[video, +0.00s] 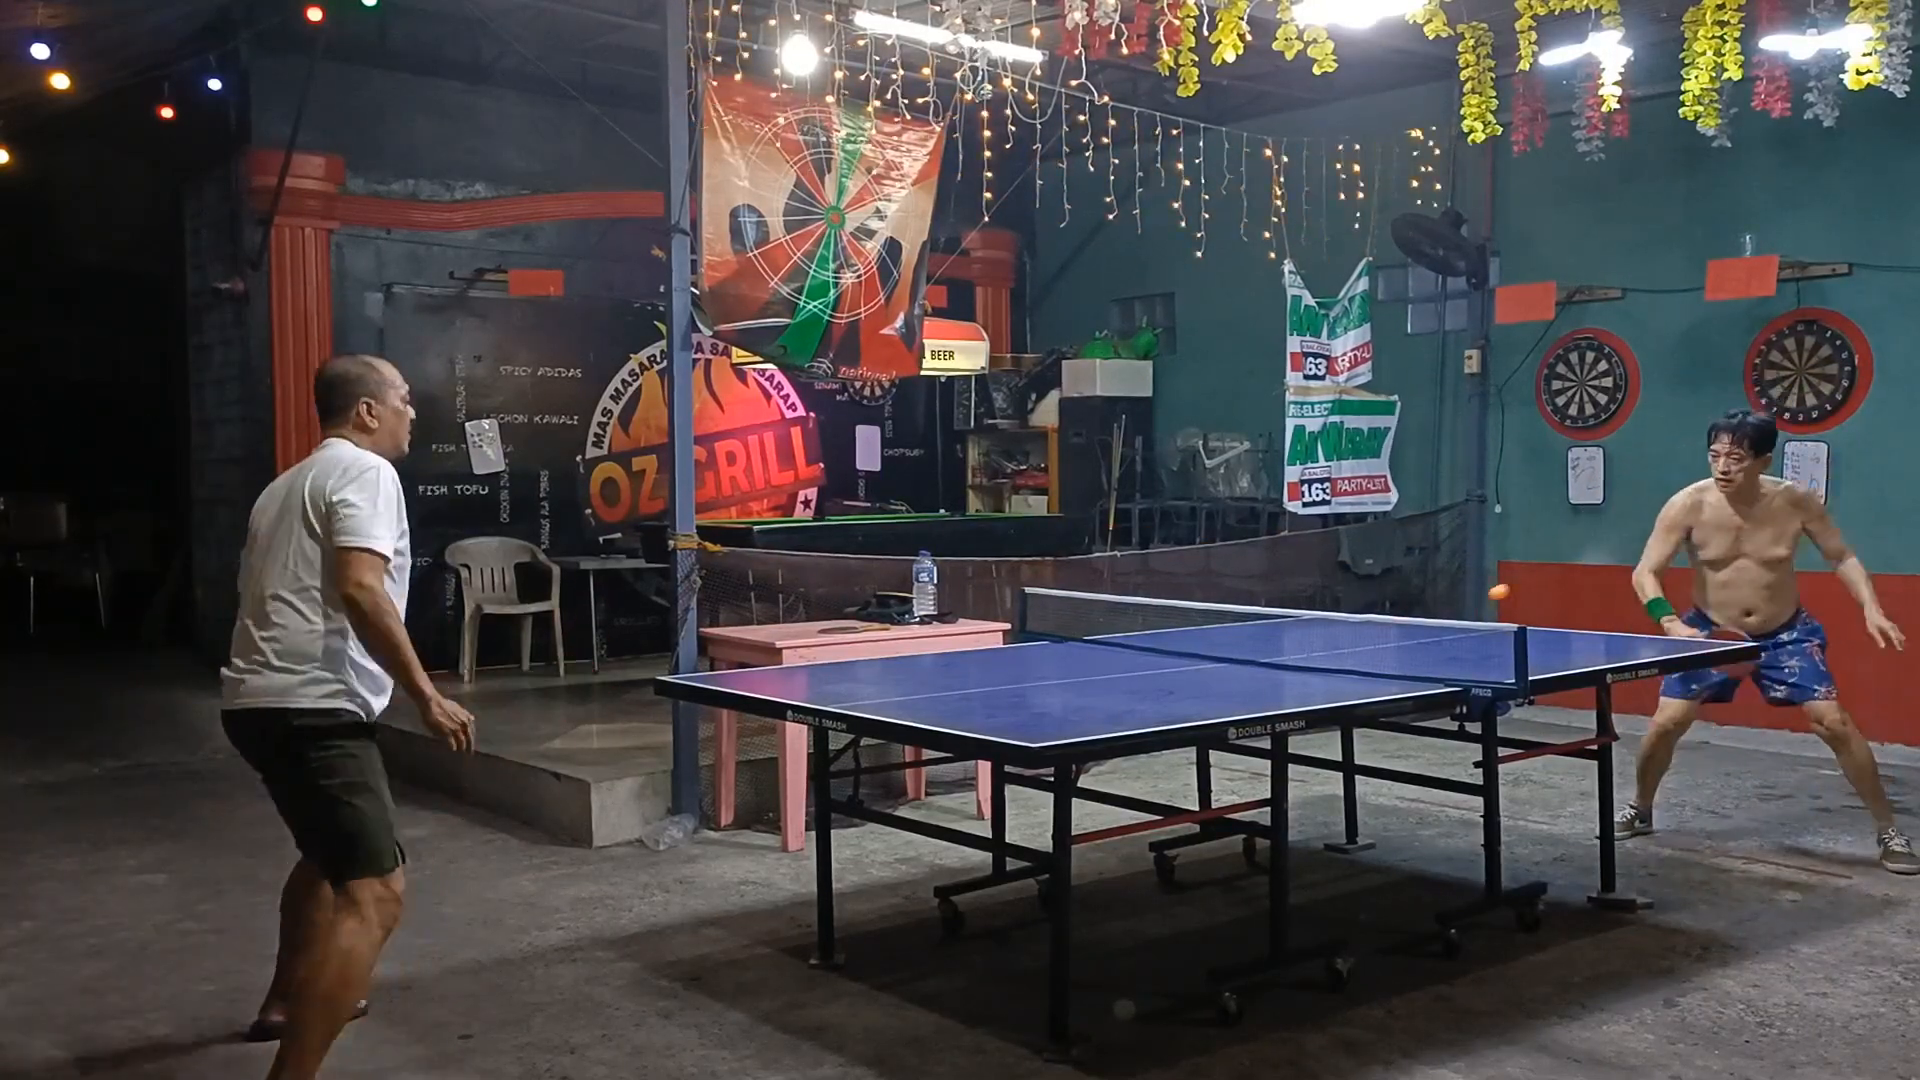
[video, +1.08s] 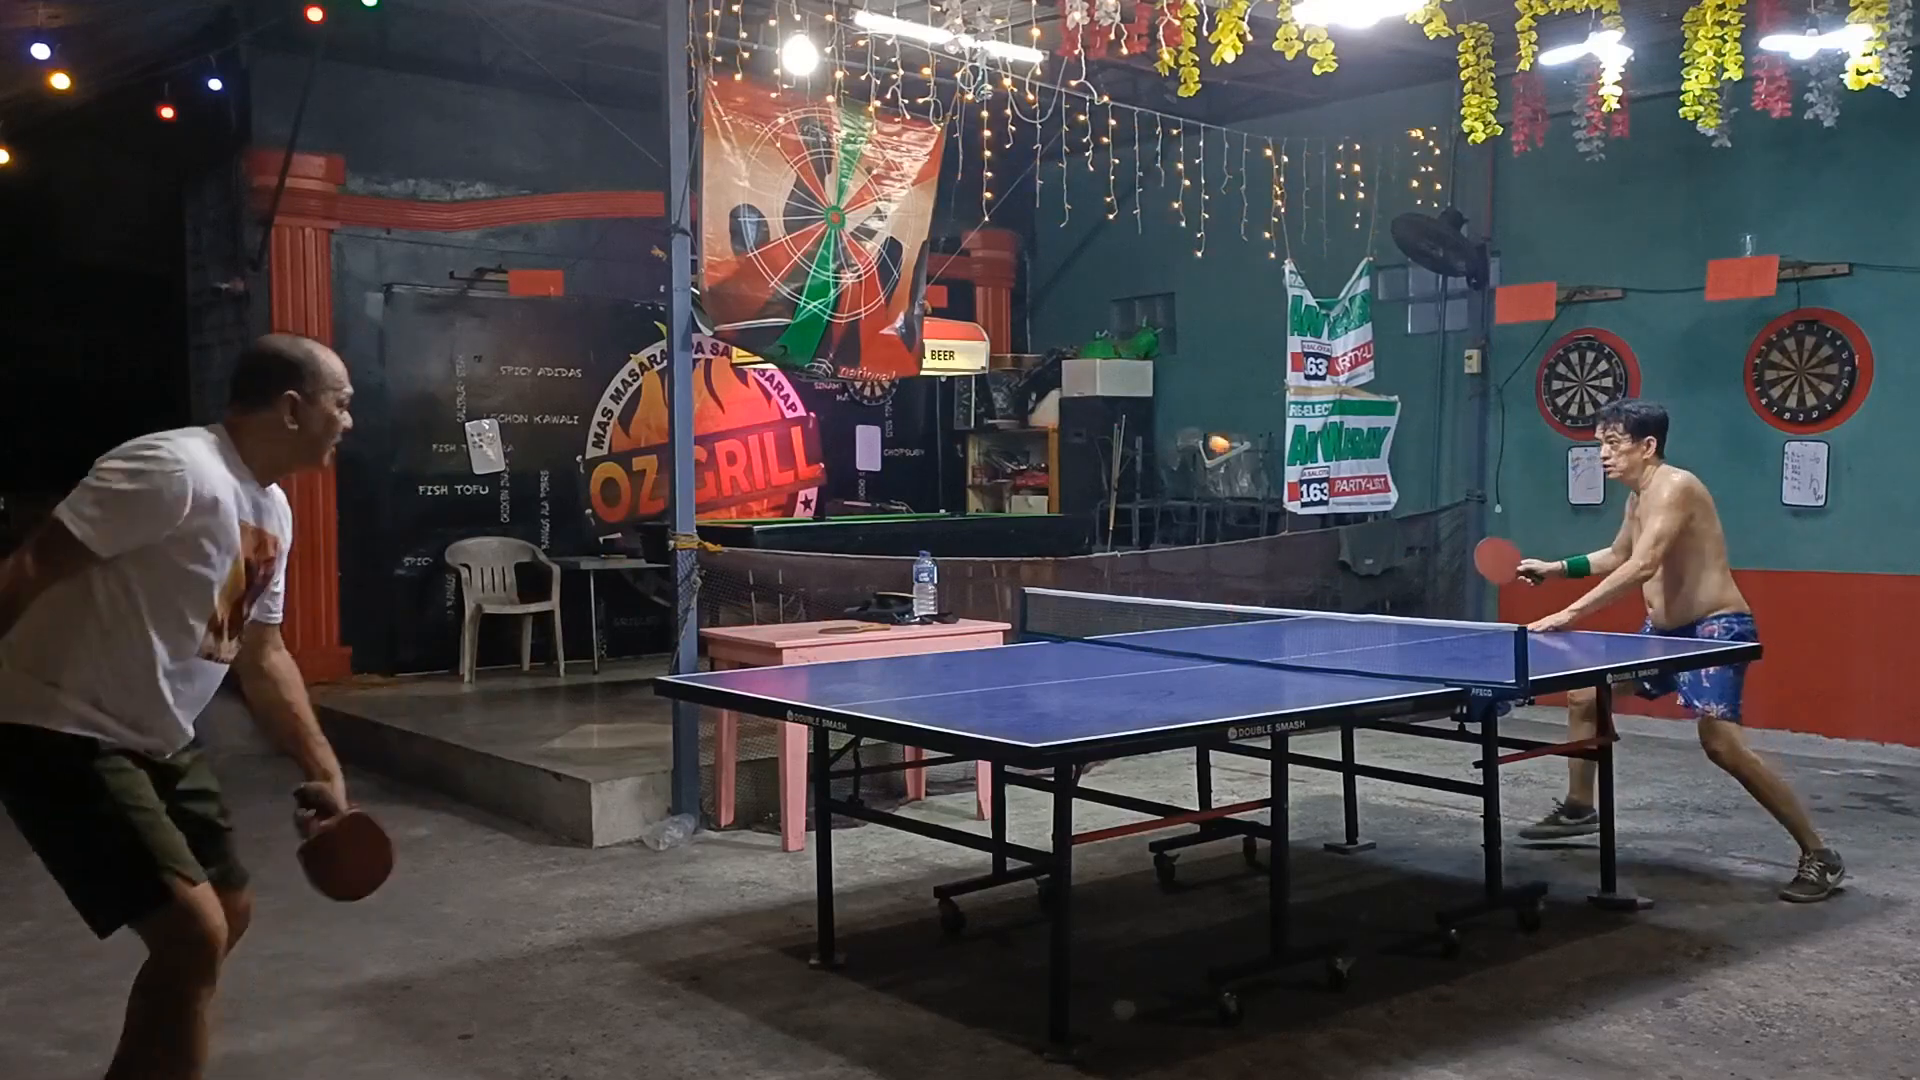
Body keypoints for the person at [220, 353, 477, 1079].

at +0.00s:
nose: (412, 420)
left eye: (410, 405)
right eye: (405, 406)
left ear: (339, 415)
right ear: (368, 411)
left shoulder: (280, 487)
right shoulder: (365, 473)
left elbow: (266, 603)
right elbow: (359, 587)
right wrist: (429, 696)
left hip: (255, 702)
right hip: (316, 708)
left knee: (327, 852)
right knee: (376, 897)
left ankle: (290, 998)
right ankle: (293, 1071)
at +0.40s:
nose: (404, 421)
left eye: (402, 407)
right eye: (393, 407)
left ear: (344, 417)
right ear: (345, 415)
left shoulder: (329, 497)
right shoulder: (300, 490)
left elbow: (334, 643)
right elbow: (276, 635)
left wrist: (384, 731)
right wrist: (359, 747)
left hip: (293, 730)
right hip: (247, 735)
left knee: (374, 859)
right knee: (338, 921)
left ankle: (297, 1030)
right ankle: (265, 1065)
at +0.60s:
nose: (430, 476)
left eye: (430, 461)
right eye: (417, 461)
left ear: (373, 465)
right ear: (359, 460)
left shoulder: (379, 548)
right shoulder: (242, 520)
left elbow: (369, 671)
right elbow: (168, 647)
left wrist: (435, 683)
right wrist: (229, 766)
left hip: (285, 753)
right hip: (181, 752)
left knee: (355, 885)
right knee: (285, 916)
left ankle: (285, 1035)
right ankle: (248, 1070)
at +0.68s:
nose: (432, 489)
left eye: (434, 473)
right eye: (422, 472)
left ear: (369, 465)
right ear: (364, 463)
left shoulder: (379, 556)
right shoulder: (232, 508)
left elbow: (387, 684)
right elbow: (118, 603)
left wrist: (488, 684)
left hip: (276, 753)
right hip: (176, 750)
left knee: (324, 893)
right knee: (260, 922)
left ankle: (281, 1035)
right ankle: (241, 1069)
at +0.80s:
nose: (428, 480)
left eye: (430, 463)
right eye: (419, 460)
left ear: (368, 455)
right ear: (361, 450)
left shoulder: (366, 557)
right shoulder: (225, 493)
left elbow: (356, 684)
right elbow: (78, 566)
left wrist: (475, 693)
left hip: (249, 746)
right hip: (140, 740)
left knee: (296, 890)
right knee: (252, 932)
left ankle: (285, 1033)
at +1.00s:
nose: (385, 432)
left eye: (386, 415)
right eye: (377, 412)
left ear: (323, 411)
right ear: (324, 407)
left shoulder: (301, 507)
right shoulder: (201, 461)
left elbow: (283, 648)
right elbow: (45, 533)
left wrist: (376, 745)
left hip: (194, 727)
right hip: (101, 728)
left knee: (264, 880)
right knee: (228, 921)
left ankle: (168, 1065)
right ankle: (222, 1069)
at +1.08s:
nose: (350, 422)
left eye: (351, 404)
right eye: (342, 402)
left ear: (289, 408)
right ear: (290, 406)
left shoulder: (273, 511)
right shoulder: (172, 473)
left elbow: (264, 652)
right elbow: (28, 566)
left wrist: (324, 771)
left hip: (154, 735)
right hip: (56, 728)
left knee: (228, 914)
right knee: (191, 932)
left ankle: (136, 1068)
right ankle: (146, 1071)